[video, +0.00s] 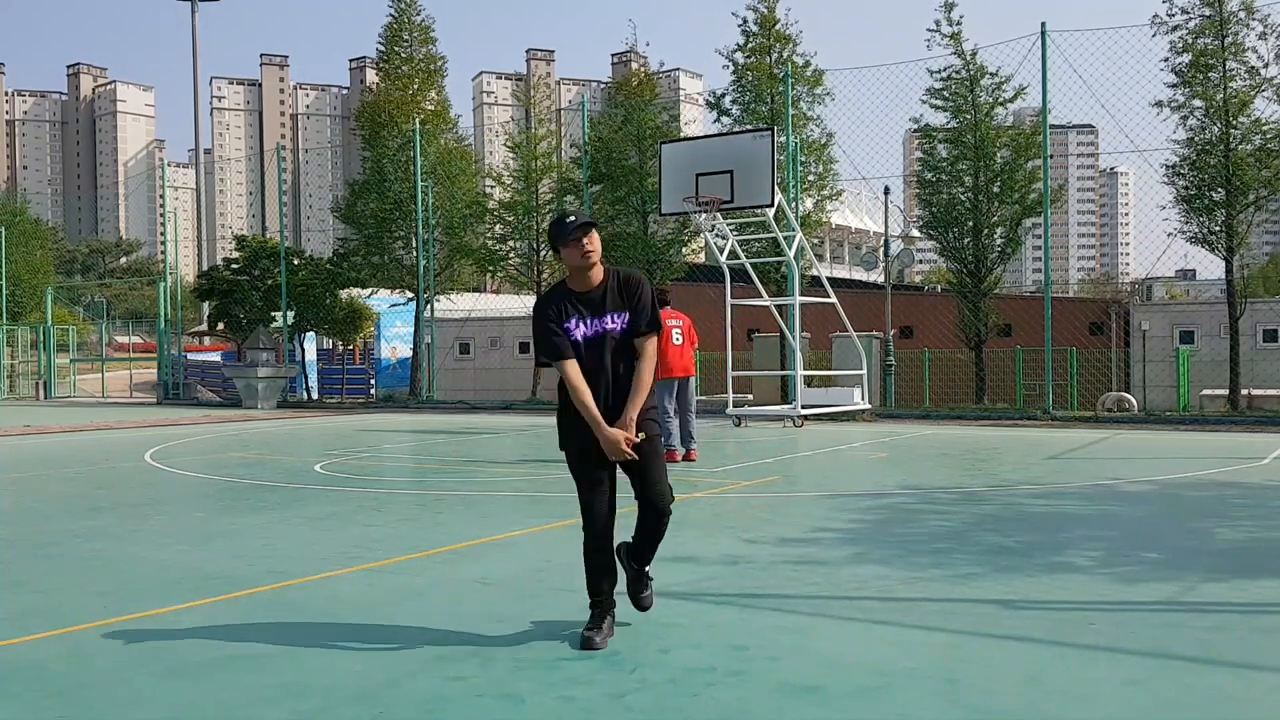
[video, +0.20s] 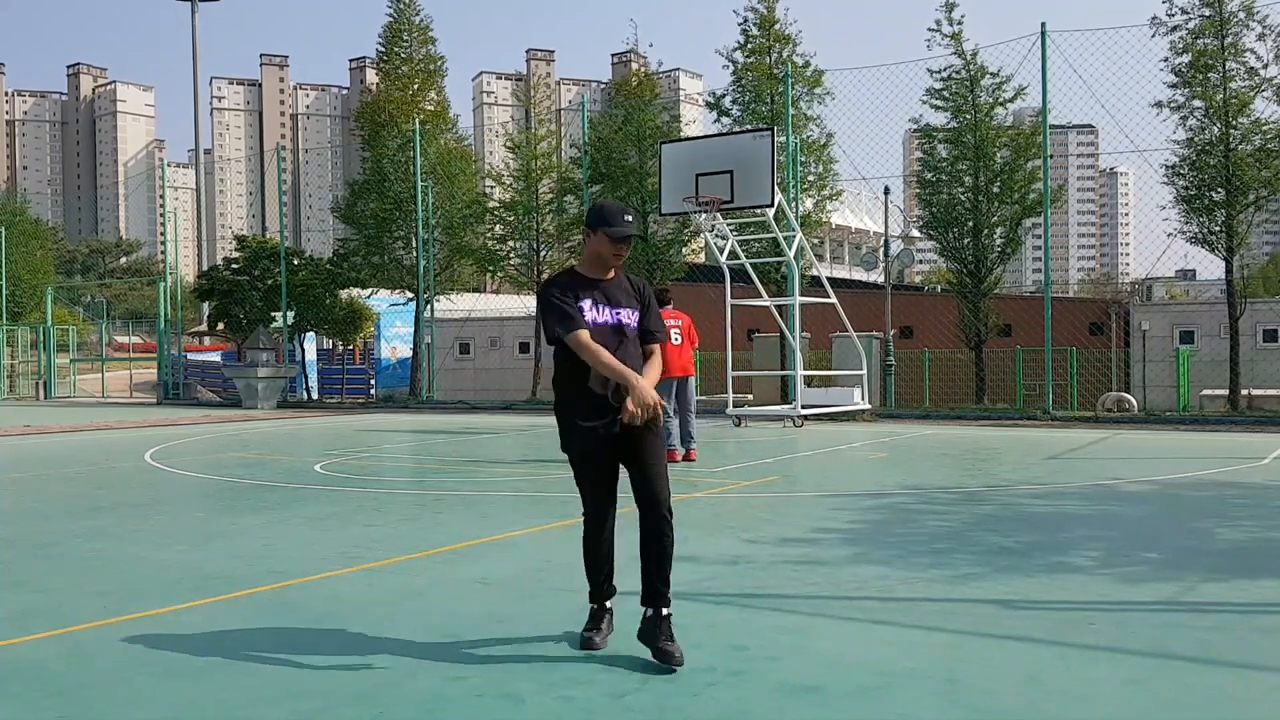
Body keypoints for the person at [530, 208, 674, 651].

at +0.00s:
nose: (583, 245)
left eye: (587, 236)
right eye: (572, 242)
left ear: (600, 240)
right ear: (559, 254)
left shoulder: (634, 286)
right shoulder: (550, 306)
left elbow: (647, 356)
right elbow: (572, 377)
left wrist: (629, 418)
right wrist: (602, 431)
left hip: (637, 414)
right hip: (584, 422)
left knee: (659, 502)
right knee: (597, 520)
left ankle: (637, 560)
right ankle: (601, 610)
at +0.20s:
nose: (623, 249)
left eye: (628, 241)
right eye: (615, 241)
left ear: (630, 241)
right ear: (589, 236)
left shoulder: (639, 291)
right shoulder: (559, 289)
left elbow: (655, 356)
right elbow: (583, 346)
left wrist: (642, 392)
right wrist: (633, 380)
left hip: (640, 417)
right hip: (588, 422)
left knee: (658, 510)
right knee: (599, 514)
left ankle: (657, 617)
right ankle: (601, 608)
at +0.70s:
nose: (596, 241)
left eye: (605, 233)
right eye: (589, 233)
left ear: (629, 232)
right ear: (582, 235)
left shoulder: (652, 284)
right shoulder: (569, 285)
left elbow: (639, 353)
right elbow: (559, 344)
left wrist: (594, 419)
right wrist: (572, 383)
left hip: (630, 420)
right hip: (574, 418)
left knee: (643, 534)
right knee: (522, 507)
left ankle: (669, 643)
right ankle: (569, 602)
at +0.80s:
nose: (576, 236)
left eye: (585, 226)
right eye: (569, 227)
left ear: (610, 224)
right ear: (563, 230)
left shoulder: (635, 275)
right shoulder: (561, 284)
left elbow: (620, 350)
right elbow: (542, 344)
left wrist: (574, 420)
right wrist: (544, 379)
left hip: (612, 424)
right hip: (559, 422)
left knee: (635, 534)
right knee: (509, 520)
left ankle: (675, 642)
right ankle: (514, 641)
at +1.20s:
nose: (546, 233)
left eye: (554, 224)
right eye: (535, 223)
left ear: (565, 230)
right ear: (511, 229)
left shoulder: (577, 265)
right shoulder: (488, 280)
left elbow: (591, 315)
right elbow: (469, 338)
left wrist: (554, 344)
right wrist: (534, 309)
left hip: (587, 425)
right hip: (522, 436)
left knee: (630, 516)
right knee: (503, 554)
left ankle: (625, 619)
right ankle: (479, 668)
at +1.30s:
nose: (560, 227)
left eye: (568, 218)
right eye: (549, 217)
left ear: (577, 227)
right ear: (524, 221)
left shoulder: (582, 267)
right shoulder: (497, 271)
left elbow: (608, 283)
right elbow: (488, 310)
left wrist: (588, 282)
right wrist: (553, 265)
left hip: (591, 424)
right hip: (527, 435)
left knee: (641, 517)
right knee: (507, 554)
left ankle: (646, 619)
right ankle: (475, 663)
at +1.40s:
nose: (576, 229)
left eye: (582, 221)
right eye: (564, 219)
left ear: (589, 228)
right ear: (536, 224)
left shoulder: (592, 271)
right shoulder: (508, 273)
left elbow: (623, 273)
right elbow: (506, 298)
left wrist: (613, 253)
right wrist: (572, 251)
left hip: (603, 437)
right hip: (534, 444)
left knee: (654, 530)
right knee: (510, 550)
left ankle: (671, 637)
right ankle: (467, 662)